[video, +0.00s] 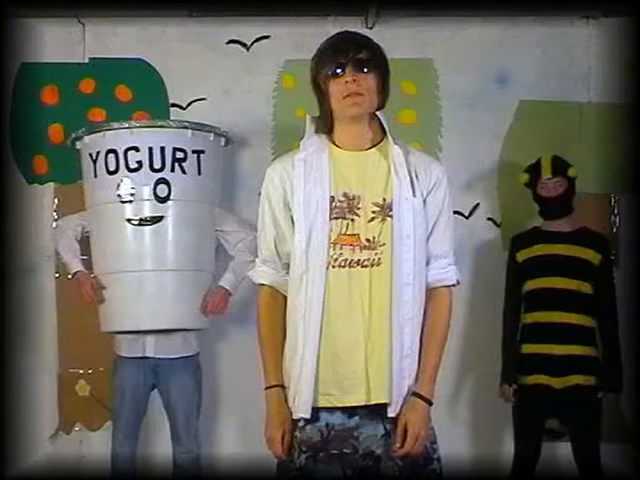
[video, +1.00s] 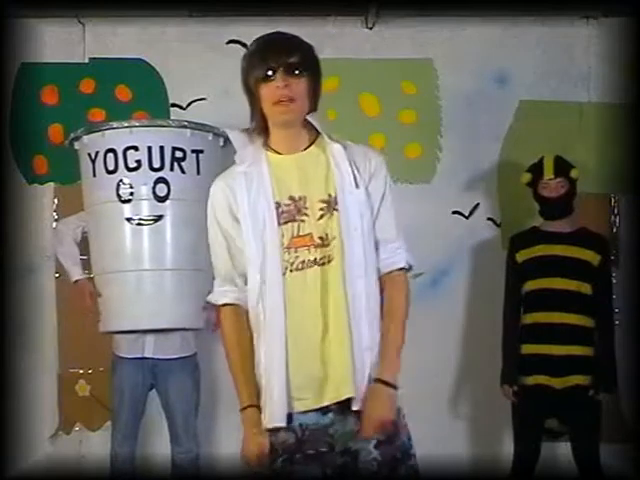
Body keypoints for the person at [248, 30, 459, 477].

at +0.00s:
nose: (352, 80)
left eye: (365, 68)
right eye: (337, 71)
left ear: (383, 83)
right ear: (321, 88)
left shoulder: (424, 173)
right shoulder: (285, 175)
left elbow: (440, 286)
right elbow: (272, 287)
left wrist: (422, 395)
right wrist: (275, 395)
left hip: (398, 412)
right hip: (314, 414)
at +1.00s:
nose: (283, 85)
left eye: (295, 71)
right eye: (268, 75)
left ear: (315, 84)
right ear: (253, 92)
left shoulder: (364, 167)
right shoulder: (230, 190)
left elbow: (394, 274)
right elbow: (231, 303)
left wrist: (385, 383)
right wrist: (250, 411)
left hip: (366, 408)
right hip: (284, 417)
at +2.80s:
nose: (360, 57)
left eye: (379, 42)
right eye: (347, 43)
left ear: (409, 56)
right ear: (333, 59)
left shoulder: (456, 169)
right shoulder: (293, 164)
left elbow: (470, 302)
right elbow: (273, 290)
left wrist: (466, 428)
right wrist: (272, 406)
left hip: (410, 436)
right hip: (310, 428)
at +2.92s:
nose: (352, 56)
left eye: (372, 40)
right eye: (340, 43)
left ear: (405, 55)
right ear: (328, 59)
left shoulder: (455, 167)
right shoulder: (292, 164)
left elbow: (471, 301)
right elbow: (275, 288)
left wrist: (458, 430)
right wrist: (278, 408)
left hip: (405, 433)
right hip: (311, 424)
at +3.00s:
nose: (339, 61)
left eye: (357, 44)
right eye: (327, 47)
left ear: (392, 51)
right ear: (317, 62)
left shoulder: (452, 167)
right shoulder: (296, 163)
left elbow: (469, 307)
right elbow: (285, 292)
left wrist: (444, 436)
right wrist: (280, 410)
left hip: (399, 435)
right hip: (309, 427)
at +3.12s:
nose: (298, 67)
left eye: (313, 48)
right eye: (294, 54)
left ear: (359, 50)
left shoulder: (443, 164)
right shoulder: (306, 161)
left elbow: (460, 311)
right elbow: (291, 292)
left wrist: (425, 435)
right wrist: (265, 402)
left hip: (389, 435)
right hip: (306, 423)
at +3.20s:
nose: (284, 71)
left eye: (294, 54)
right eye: (286, 57)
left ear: (337, 54)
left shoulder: (430, 156)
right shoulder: (312, 157)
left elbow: (455, 306)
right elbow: (302, 286)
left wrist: (414, 432)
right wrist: (253, 359)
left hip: (387, 440)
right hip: (307, 428)